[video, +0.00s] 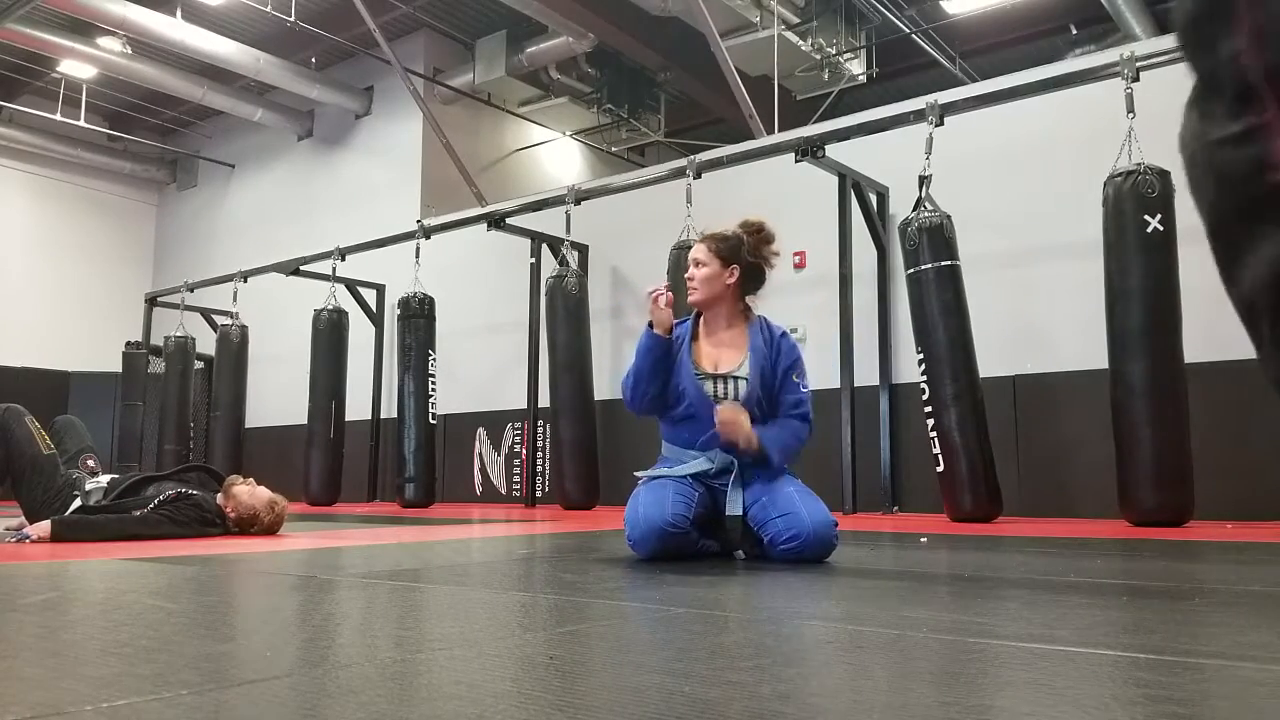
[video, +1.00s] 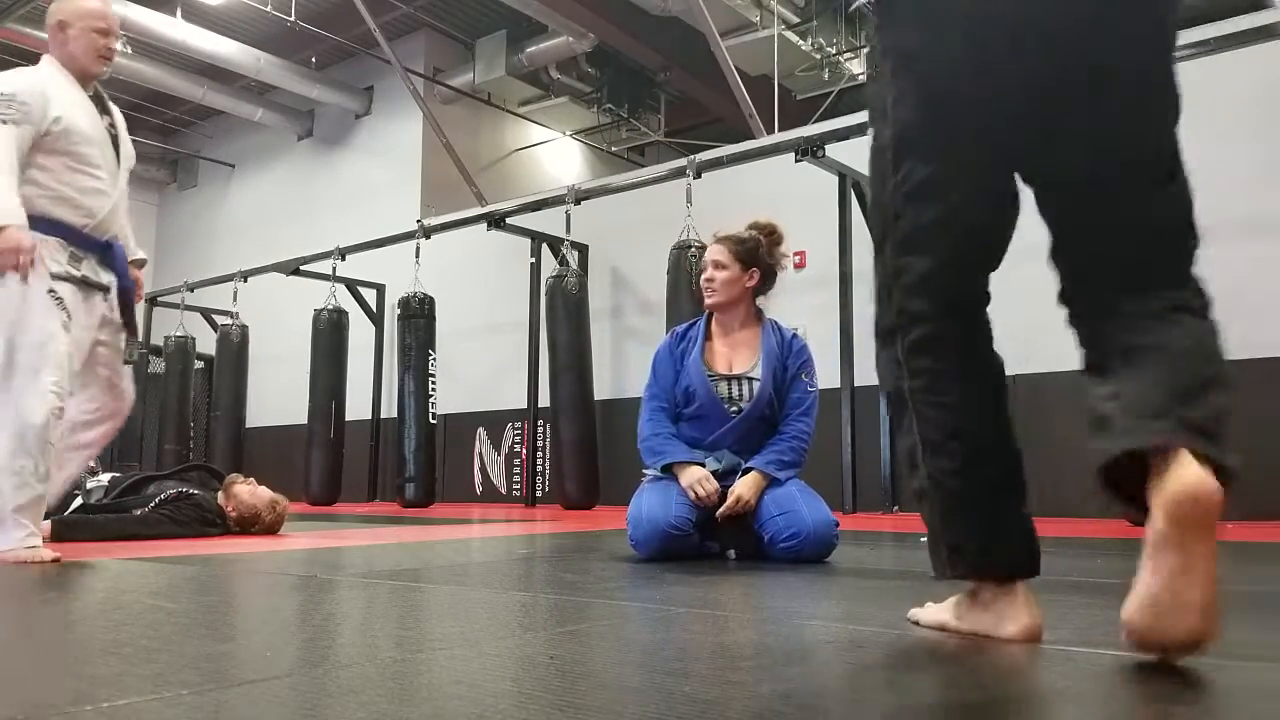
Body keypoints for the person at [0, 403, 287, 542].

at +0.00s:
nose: (246, 477)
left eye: (248, 487)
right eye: (253, 483)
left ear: (233, 509)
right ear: (235, 504)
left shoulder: (199, 513)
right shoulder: (215, 490)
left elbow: (130, 524)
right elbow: (151, 487)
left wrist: (56, 527)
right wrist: (112, 481)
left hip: (68, 500)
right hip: (99, 486)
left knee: (11, 414)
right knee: (66, 421)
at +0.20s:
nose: (246, 477)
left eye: (249, 487)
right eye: (254, 483)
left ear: (233, 509)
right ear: (235, 506)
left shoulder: (199, 513)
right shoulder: (214, 491)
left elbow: (130, 525)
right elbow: (150, 486)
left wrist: (56, 527)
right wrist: (112, 480)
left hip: (69, 500)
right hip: (98, 485)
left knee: (11, 415)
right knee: (66, 422)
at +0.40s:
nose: (247, 477)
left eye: (249, 488)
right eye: (255, 483)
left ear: (234, 509)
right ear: (236, 505)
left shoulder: (200, 513)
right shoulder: (214, 490)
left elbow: (130, 525)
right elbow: (150, 486)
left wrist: (58, 527)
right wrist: (111, 481)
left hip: (69, 500)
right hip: (98, 486)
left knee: (11, 414)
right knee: (66, 422)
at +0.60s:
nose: (247, 477)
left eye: (250, 487)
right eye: (255, 483)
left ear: (235, 509)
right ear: (236, 504)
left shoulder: (200, 513)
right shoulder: (213, 490)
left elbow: (131, 524)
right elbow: (151, 484)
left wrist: (57, 527)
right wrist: (109, 479)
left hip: (68, 500)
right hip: (97, 484)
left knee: (15, 415)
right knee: (67, 422)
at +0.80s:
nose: (248, 478)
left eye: (251, 488)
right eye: (256, 483)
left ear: (232, 510)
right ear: (233, 507)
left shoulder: (198, 512)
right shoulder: (214, 491)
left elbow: (128, 524)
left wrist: (54, 526)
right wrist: (112, 486)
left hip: (71, 503)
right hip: (102, 489)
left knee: (28, 429)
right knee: (68, 424)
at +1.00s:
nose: (249, 478)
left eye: (252, 488)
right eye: (256, 483)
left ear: (231, 510)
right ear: (232, 506)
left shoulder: (201, 512)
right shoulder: (209, 490)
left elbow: (129, 524)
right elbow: (141, 495)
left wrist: (54, 526)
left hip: (73, 501)